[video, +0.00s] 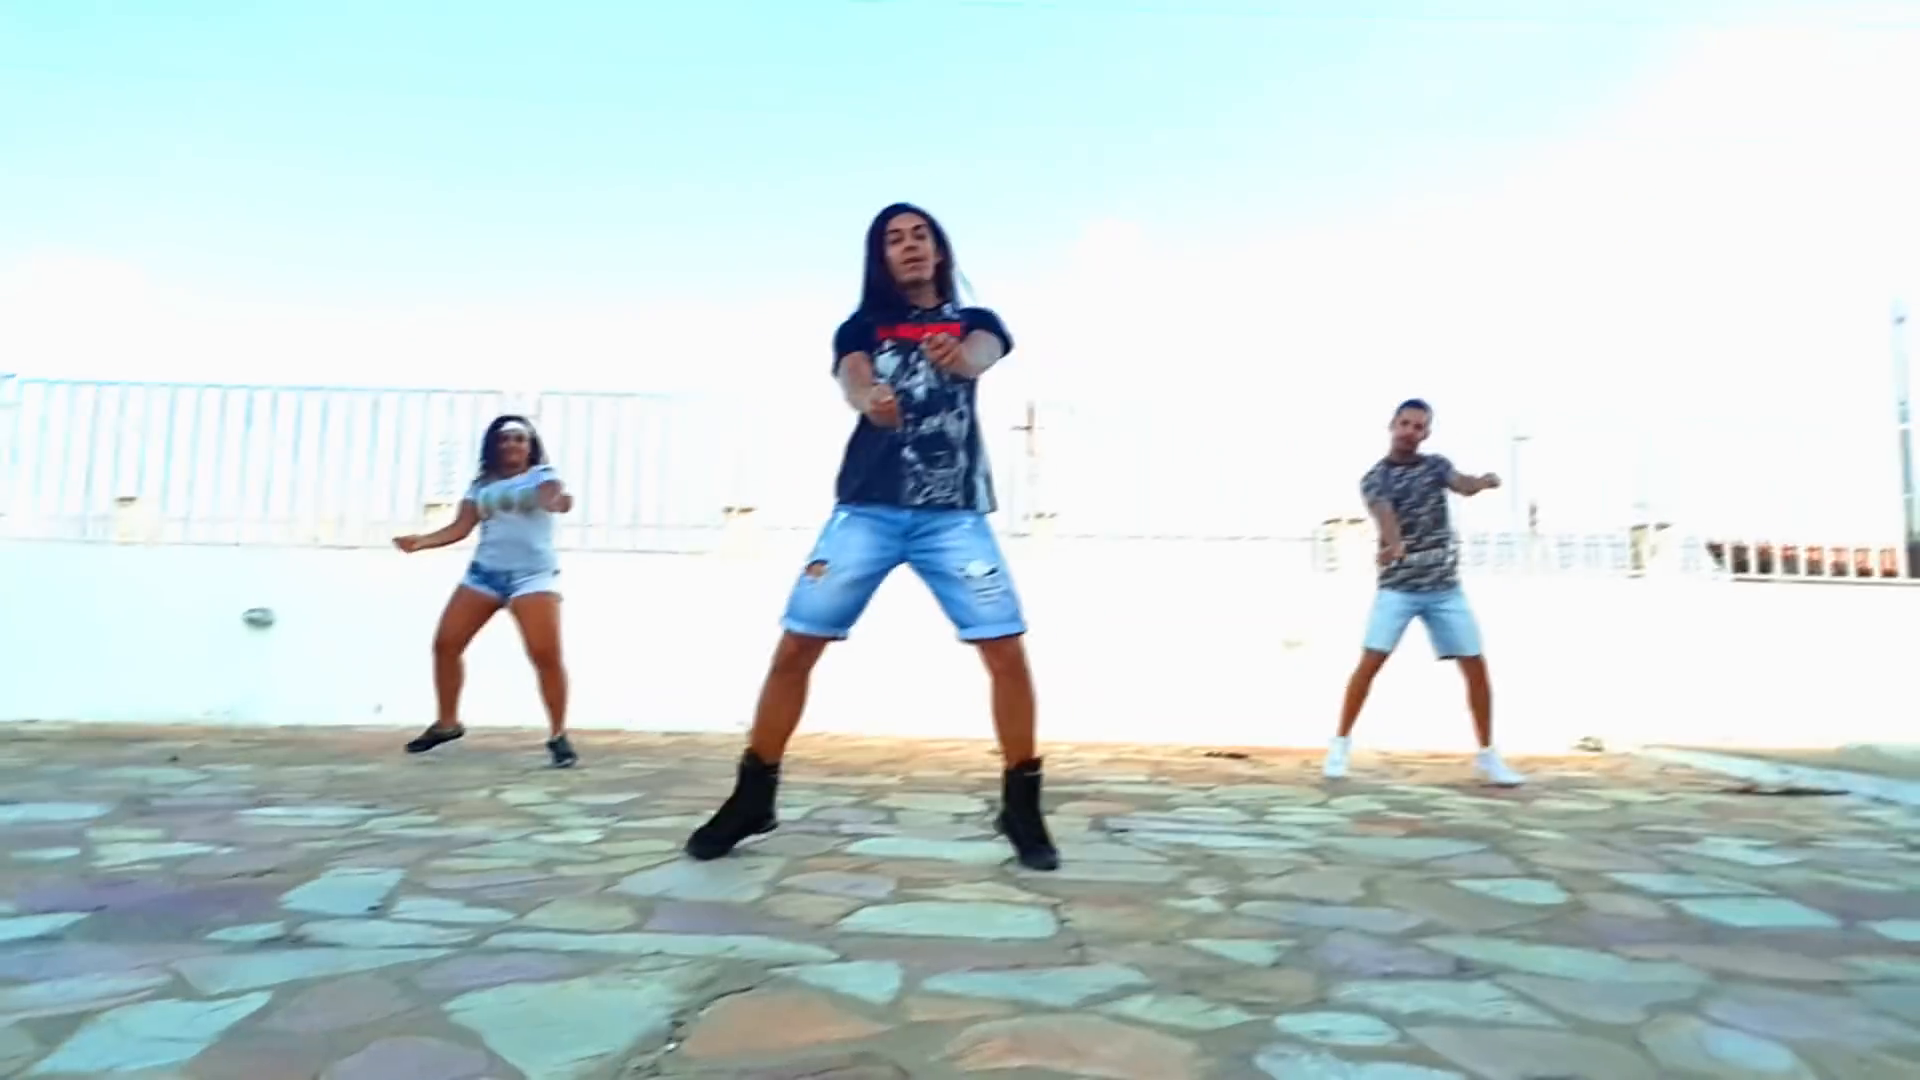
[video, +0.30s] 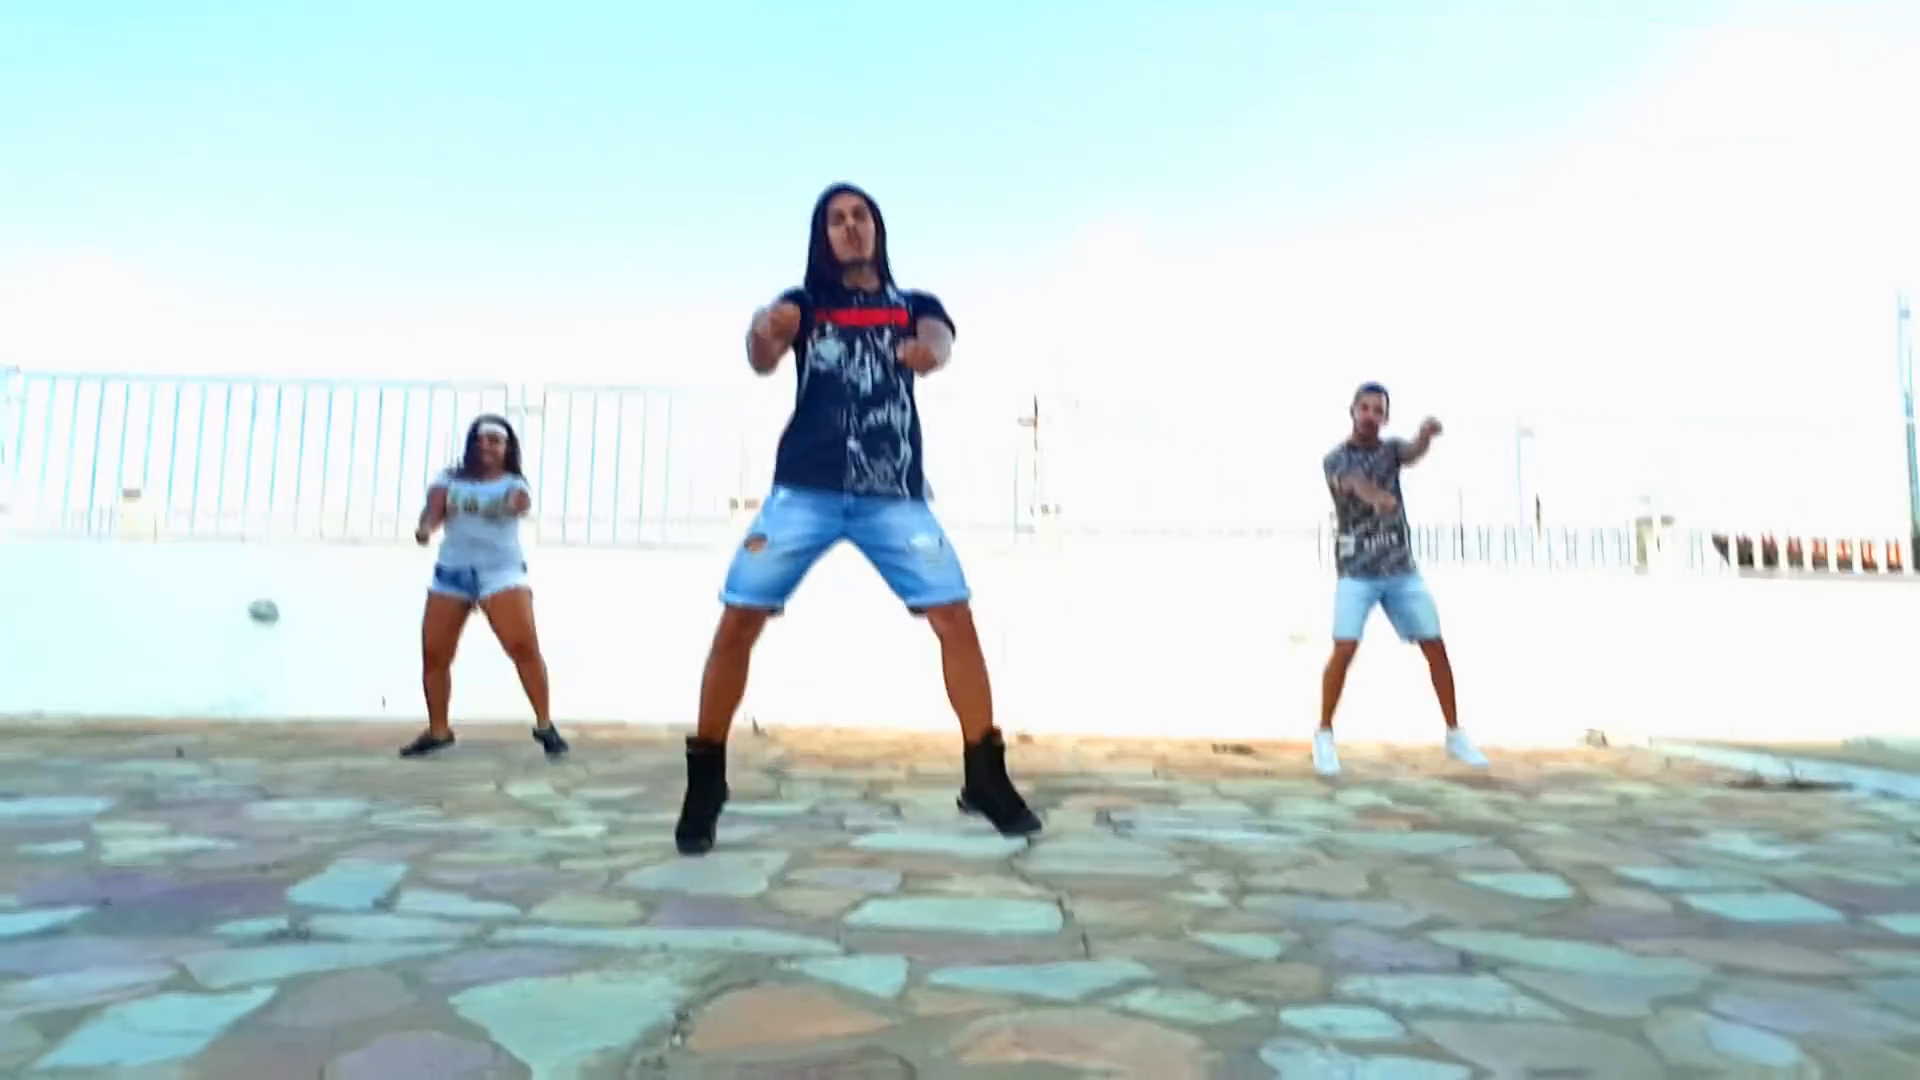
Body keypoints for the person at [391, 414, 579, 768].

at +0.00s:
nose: (512, 445)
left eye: (519, 439)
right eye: (504, 439)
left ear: (530, 446)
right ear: (493, 447)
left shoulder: (541, 476)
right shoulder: (482, 486)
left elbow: (550, 496)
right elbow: (459, 528)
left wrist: (558, 502)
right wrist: (420, 541)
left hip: (533, 576)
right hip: (484, 575)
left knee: (546, 654)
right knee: (446, 645)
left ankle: (558, 734)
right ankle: (447, 723)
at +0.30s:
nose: (489, 446)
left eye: (497, 440)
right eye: (483, 439)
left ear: (508, 448)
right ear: (472, 445)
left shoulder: (512, 483)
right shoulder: (449, 481)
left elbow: (520, 499)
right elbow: (433, 510)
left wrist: (517, 506)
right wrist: (426, 526)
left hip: (501, 570)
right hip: (453, 569)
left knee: (523, 648)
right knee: (434, 655)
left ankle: (544, 724)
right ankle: (438, 730)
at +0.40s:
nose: (468, 435)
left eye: (476, 430)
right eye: (462, 430)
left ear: (491, 436)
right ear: (454, 438)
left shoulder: (505, 467)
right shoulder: (442, 472)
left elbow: (507, 482)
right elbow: (422, 505)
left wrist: (502, 488)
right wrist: (390, 522)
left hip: (487, 565)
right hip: (437, 564)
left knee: (497, 643)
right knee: (419, 646)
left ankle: (507, 725)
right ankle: (419, 723)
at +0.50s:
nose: (453, 439)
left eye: (461, 434)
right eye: (446, 434)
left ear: (477, 441)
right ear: (439, 443)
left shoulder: (491, 472)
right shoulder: (428, 481)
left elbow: (493, 485)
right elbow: (414, 516)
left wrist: (483, 490)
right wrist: (389, 530)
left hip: (474, 570)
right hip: (425, 567)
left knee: (475, 656)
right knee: (399, 648)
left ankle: (477, 738)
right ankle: (383, 724)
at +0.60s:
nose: (440, 455)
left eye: (449, 450)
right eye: (434, 450)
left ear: (465, 459)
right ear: (426, 459)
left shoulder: (475, 492)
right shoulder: (415, 499)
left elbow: (479, 507)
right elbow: (400, 533)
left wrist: (468, 509)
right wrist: (400, 543)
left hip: (460, 587)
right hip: (413, 586)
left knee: (466, 667)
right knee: (369, 658)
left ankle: (474, 743)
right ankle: (358, 734)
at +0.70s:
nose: (429, 461)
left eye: (438, 456)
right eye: (423, 456)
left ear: (452, 466)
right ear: (414, 464)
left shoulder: (457, 500)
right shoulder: (393, 494)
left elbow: (456, 525)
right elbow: (375, 523)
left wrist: (453, 516)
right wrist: (372, 539)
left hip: (439, 584)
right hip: (391, 586)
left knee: (449, 659)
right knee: (356, 663)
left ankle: (473, 740)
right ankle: (358, 742)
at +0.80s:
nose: (414, 444)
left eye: (423, 440)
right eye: (409, 439)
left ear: (437, 451)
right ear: (400, 447)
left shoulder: (440, 486)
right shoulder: (378, 478)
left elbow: (441, 505)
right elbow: (355, 507)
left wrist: (439, 505)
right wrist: (331, 520)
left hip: (419, 572)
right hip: (372, 570)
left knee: (432, 650)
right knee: (351, 654)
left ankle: (448, 731)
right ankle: (352, 733)